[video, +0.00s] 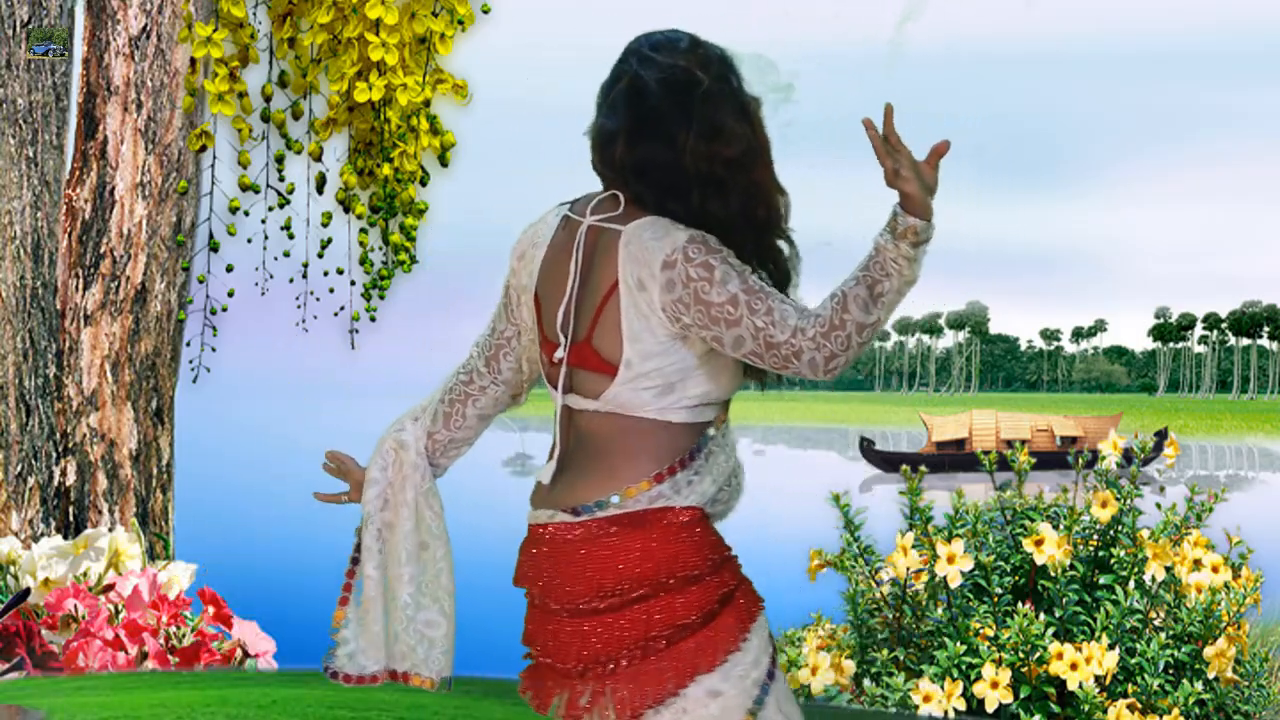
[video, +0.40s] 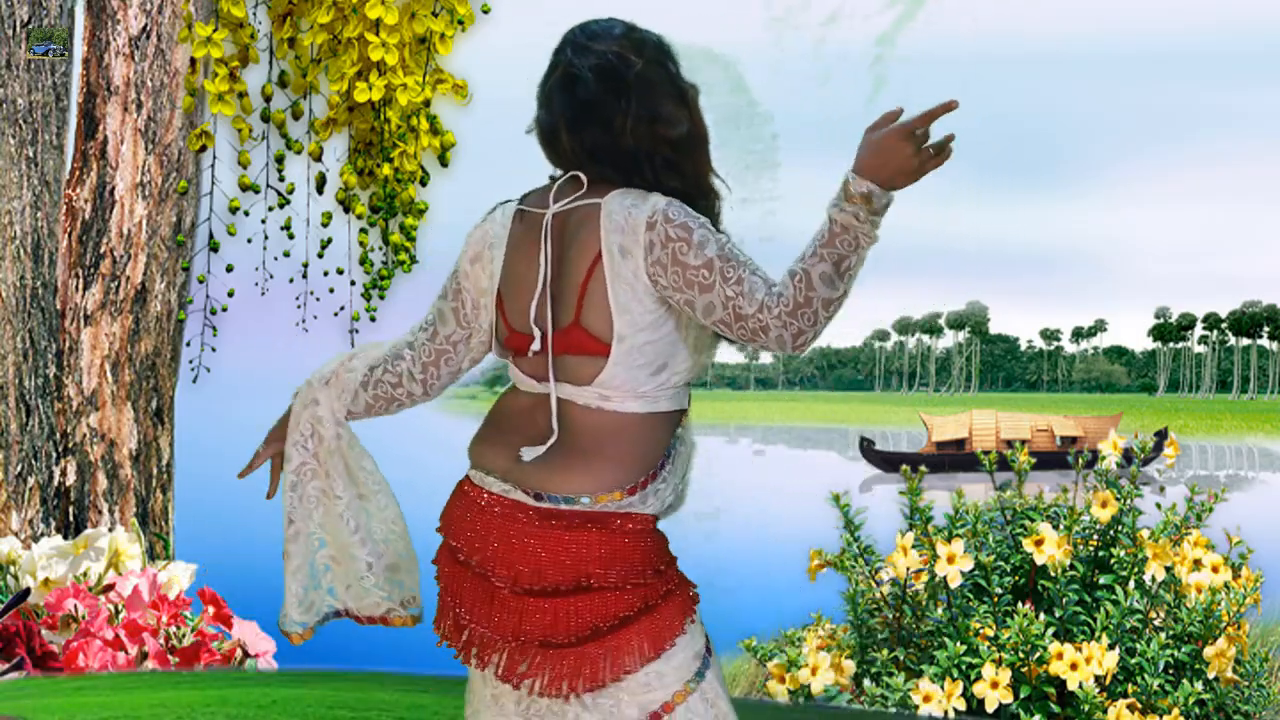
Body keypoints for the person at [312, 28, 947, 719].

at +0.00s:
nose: (748, 144)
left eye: (739, 122)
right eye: (737, 125)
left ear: (610, 137)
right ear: (716, 141)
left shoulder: (547, 242)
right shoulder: (675, 256)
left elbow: (483, 381)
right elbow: (816, 348)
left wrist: (393, 468)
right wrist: (910, 227)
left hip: (555, 543)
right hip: (656, 541)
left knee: (587, 705)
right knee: (735, 702)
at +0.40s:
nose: (692, 109)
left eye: (685, 88)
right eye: (679, 91)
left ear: (560, 115)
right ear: (652, 110)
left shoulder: (502, 229)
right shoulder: (658, 227)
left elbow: (432, 357)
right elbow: (785, 325)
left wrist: (318, 403)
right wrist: (867, 191)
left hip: (482, 516)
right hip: (600, 539)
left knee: (506, 697)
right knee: (681, 703)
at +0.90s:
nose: (735, 123)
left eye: (725, 102)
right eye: (727, 104)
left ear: (597, 113)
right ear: (709, 116)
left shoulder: (526, 235)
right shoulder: (722, 229)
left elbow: (486, 406)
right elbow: (834, 353)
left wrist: (351, 427)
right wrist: (928, 244)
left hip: (575, 516)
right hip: (715, 505)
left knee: (585, 698)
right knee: (741, 700)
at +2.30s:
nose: (681, 119)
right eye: (670, 101)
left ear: (543, 133)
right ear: (656, 120)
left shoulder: (501, 262)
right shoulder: (696, 235)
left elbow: (446, 421)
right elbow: (830, 310)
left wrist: (330, 350)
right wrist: (887, 173)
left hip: (488, 521)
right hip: (624, 548)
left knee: (490, 696)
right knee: (653, 701)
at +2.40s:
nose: (678, 119)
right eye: (667, 101)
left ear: (541, 128)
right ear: (656, 116)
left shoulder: (502, 255)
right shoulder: (698, 229)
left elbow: (449, 417)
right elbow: (828, 310)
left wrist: (327, 350)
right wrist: (885, 175)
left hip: (499, 518)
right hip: (634, 539)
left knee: (495, 695)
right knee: (657, 703)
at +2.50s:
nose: (705, 110)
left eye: (697, 89)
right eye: (696, 92)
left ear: (570, 115)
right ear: (678, 108)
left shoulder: (514, 243)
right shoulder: (711, 221)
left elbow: (469, 407)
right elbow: (844, 309)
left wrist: (331, 375)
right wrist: (913, 174)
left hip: (543, 522)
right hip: (684, 521)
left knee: (552, 693)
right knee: (710, 700)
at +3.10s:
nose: (772, 135)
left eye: (764, 111)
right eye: (760, 115)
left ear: (633, 131)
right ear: (740, 131)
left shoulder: (558, 254)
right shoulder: (742, 248)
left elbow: (496, 394)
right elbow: (902, 292)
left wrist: (387, 479)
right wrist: (952, 147)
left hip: (619, 531)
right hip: (744, 508)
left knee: (650, 709)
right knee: (792, 708)